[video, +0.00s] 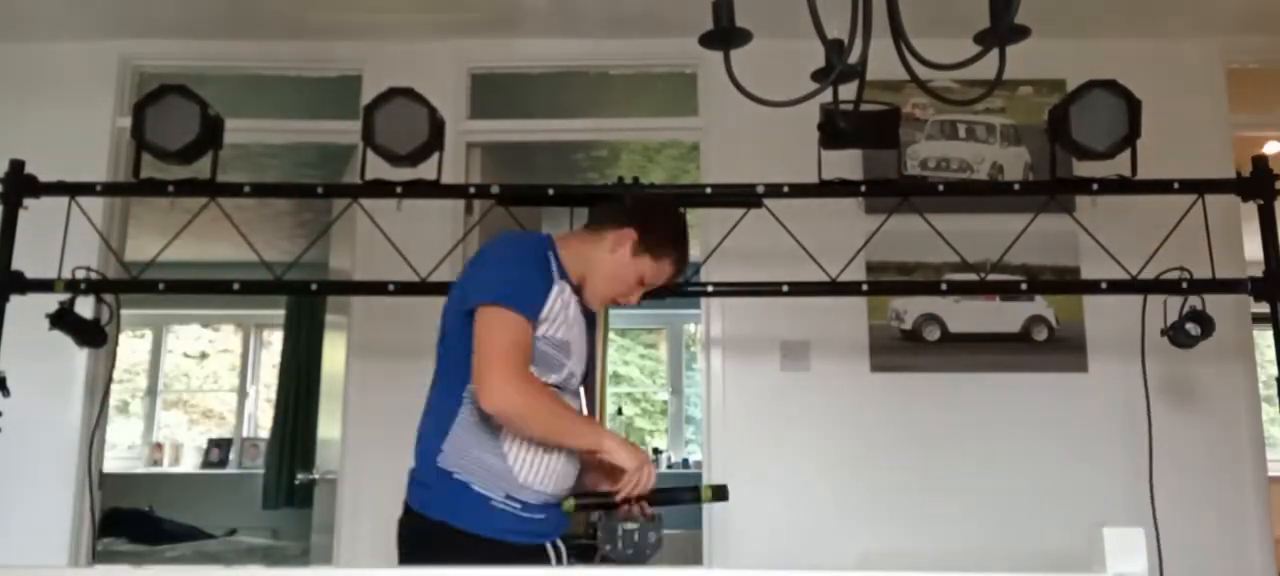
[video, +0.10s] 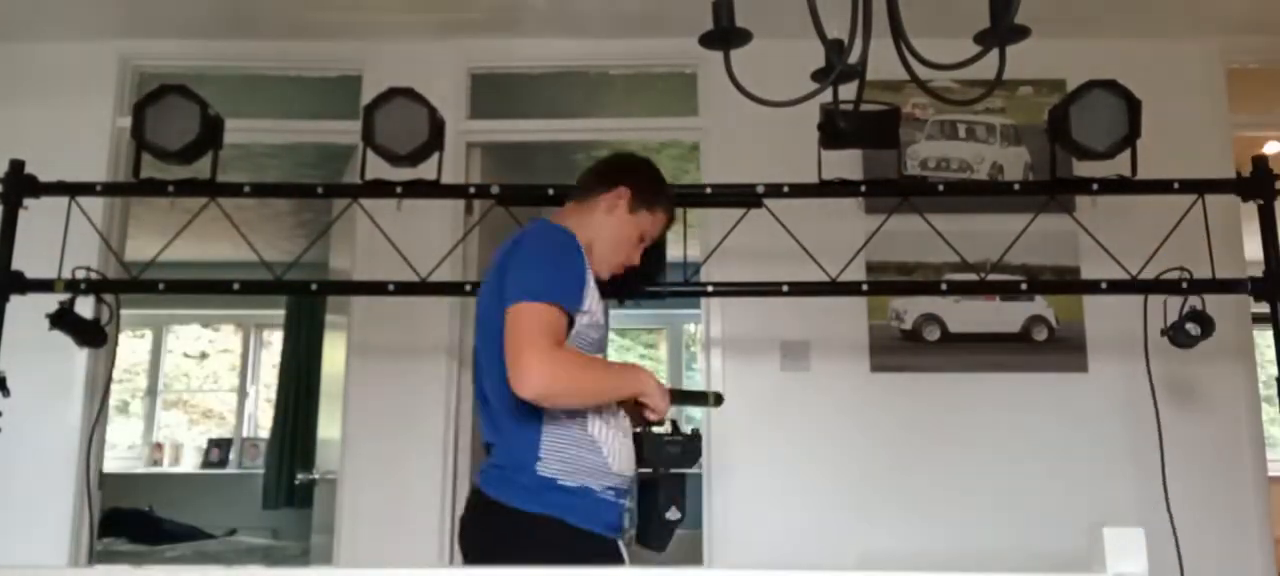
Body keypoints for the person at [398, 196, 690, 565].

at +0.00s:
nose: (632, 301)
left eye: (644, 292)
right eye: (641, 283)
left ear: (622, 243)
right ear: (625, 243)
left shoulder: (579, 310)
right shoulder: (516, 258)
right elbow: (500, 390)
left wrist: (598, 476)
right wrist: (604, 441)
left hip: (534, 539)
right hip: (459, 533)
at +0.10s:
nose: (637, 259)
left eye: (644, 247)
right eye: (641, 239)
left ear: (613, 202)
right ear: (617, 201)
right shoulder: (545, 247)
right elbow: (535, 373)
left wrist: (622, 399)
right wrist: (636, 378)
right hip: (539, 528)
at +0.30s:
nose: (600, 178)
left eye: (603, 164)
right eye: (603, 163)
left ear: (518, 147)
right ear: (589, 159)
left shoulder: (457, 236)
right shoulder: (588, 245)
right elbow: (697, 361)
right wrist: (649, 257)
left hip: (471, 513)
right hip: (572, 522)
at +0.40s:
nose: (611, 174)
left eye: (611, 161)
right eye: (612, 159)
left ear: (526, 153)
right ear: (603, 154)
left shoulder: (467, 242)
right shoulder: (625, 251)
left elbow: (459, 378)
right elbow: (686, 407)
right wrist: (661, 295)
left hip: (478, 517)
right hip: (585, 520)